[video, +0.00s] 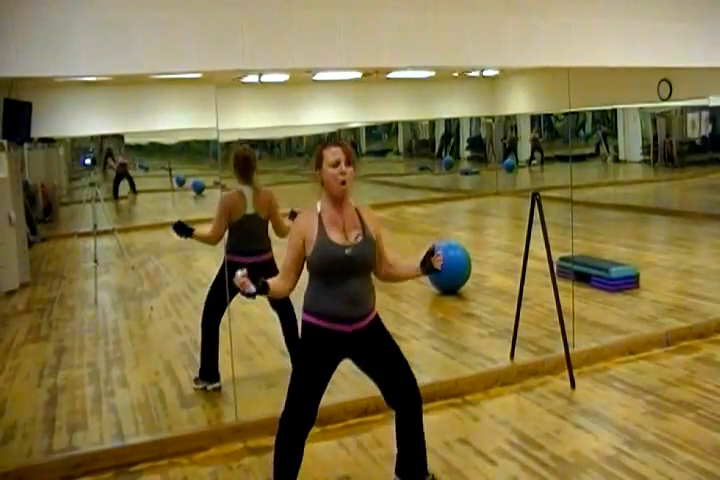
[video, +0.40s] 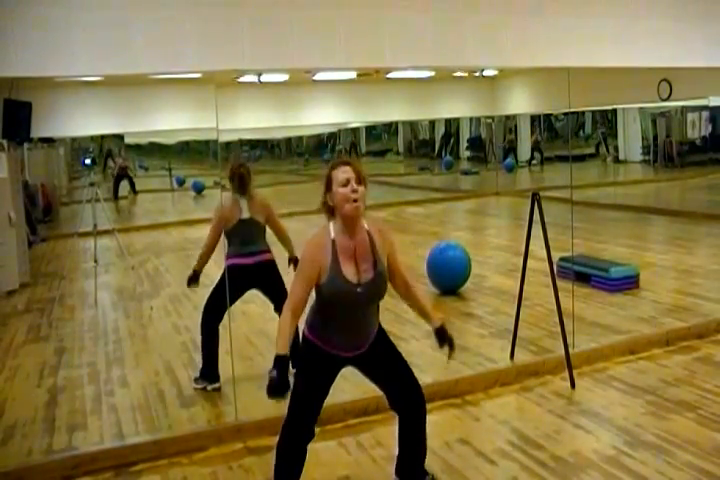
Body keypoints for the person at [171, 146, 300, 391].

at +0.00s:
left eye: (234, 165)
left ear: (234, 169)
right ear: (255, 168)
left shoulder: (229, 199)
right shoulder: (267, 196)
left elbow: (214, 237)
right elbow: (282, 231)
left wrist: (190, 232)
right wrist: (292, 219)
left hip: (233, 270)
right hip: (265, 268)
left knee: (210, 317)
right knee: (286, 312)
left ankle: (209, 376)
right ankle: (300, 367)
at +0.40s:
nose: (234, 183)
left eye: (232, 179)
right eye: (244, 178)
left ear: (230, 182)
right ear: (250, 181)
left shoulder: (225, 208)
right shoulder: (261, 203)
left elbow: (210, 245)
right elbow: (280, 232)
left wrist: (197, 270)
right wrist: (292, 254)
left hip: (237, 274)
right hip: (267, 271)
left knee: (210, 317)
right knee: (287, 312)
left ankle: (210, 375)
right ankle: (300, 361)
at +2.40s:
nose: (226, 178)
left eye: (221, 175)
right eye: (231, 174)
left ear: (216, 177)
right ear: (235, 176)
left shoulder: (212, 200)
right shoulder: (245, 198)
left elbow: (199, 235)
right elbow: (260, 229)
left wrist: (186, 265)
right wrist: (275, 255)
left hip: (221, 262)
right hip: (248, 261)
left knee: (195, 300)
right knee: (268, 294)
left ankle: (194, 353)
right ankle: (278, 341)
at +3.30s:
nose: (218, 169)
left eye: (214, 166)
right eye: (226, 165)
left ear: (212, 167)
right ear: (231, 166)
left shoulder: (207, 191)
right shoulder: (241, 190)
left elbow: (198, 225)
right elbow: (252, 222)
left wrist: (187, 253)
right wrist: (262, 246)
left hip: (213, 251)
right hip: (239, 250)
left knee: (194, 293)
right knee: (258, 288)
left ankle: (193, 343)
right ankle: (270, 332)